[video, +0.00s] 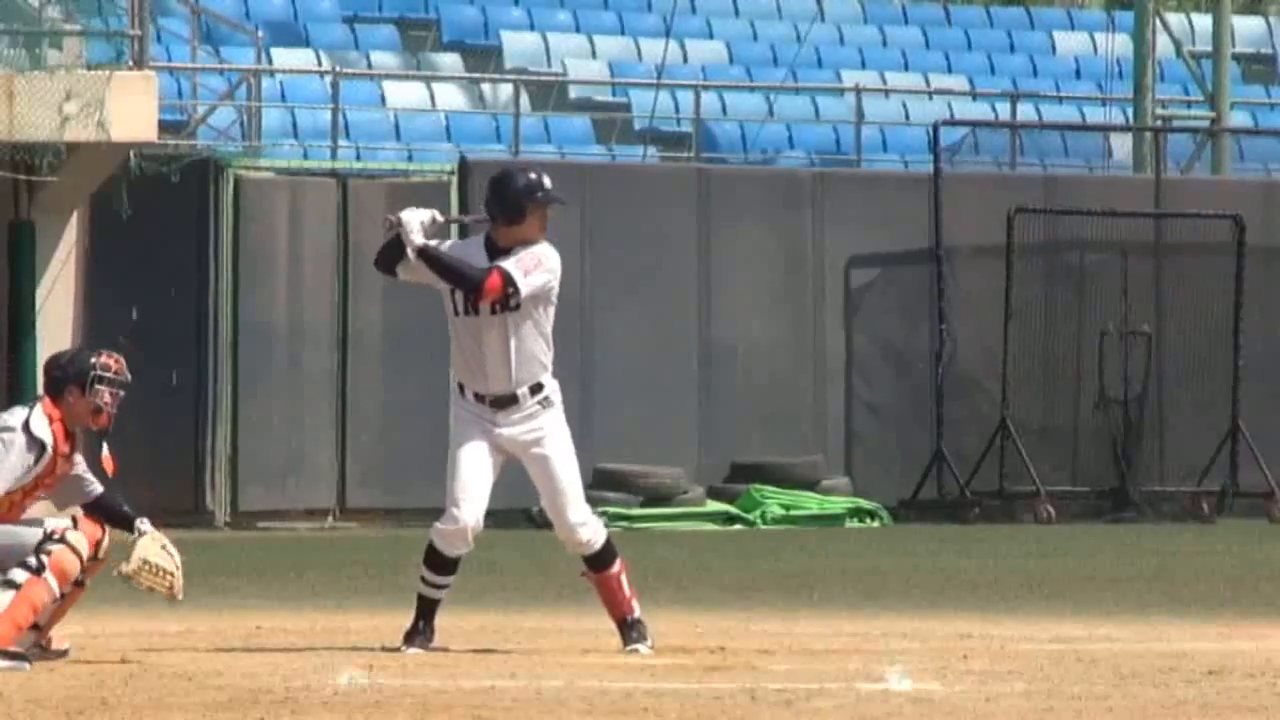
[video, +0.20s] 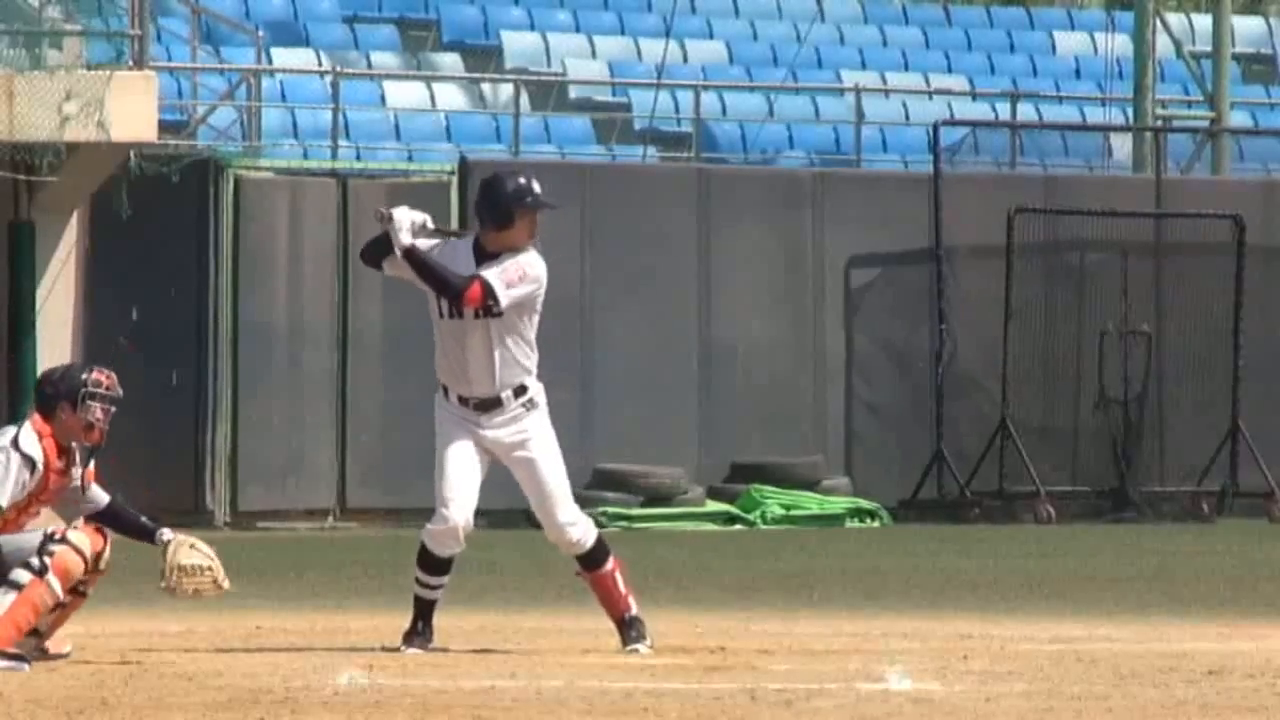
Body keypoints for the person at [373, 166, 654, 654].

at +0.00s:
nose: (546, 218)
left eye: (546, 209)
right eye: (539, 210)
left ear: (522, 214)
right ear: (511, 215)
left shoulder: (543, 258)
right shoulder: (458, 252)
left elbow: (485, 286)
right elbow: (386, 263)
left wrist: (421, 245)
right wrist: (405, 233)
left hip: (536, 409)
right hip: (473, 413)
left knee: (575, 524)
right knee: (461, 522)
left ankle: (631, 624)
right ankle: (422, 625)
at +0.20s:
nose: (535, 224)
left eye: (536, 214)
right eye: (528, 216)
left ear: (511, 220)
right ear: (501, 220)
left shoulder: (528, 267)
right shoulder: (446, 252)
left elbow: (465, 295)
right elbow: (371, 256)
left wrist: (408, 248)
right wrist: (398, 231)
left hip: (520, 412)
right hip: (458, 415)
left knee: (564, 526)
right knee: (451, 521)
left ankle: (628, 621)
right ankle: (421, 625)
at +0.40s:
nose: (531, 226)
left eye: (531, 217)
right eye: (524, 218)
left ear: (504, 223)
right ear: (499, 224)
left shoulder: (524, 270)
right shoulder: (441, 253)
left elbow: (463, 297)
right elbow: (366, 253)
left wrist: (404, 248)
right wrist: (392, 227)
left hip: (513, 413)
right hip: (451, 414)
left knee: (557, 523)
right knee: (447, 519)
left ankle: (626, 620)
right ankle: (420, 627)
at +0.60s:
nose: (538, 228)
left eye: (538, 219)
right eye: (531, 220)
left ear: (509, 225)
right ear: (505, 226)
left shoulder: (532, 271)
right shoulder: (447, 258)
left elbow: (475, 300)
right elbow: (373, 264)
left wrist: (413, 251)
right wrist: (398, 234)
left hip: (523, 415)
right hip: (461, 417)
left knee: (564, 527)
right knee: (453, 523)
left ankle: (627, 622)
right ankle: (421, 624)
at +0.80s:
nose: (542, 235)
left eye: (543, 226)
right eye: (536, 226)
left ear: (514, 231)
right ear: (511, 231)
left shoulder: (540, 276)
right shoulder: (453, 269)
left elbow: (484, 304)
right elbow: (377, 279)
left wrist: (424, 261)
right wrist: (405, 250)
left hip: (537, 422)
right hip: (473, 426)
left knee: (567, 530)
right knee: (461, 528)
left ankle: (628, 624)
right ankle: (422, 625)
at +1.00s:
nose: (530, 247)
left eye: (530, 238)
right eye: (523, 239)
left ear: (505, 244)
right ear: (498, 244)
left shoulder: (526, 290)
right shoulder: (440, 280)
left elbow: (468, 318)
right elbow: (365, 285)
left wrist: (411, 271)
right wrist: (397, 257)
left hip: (525, 430)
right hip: (462, 435)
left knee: (562, 531)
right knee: (454, 533)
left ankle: (627, 622)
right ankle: (421, 625)